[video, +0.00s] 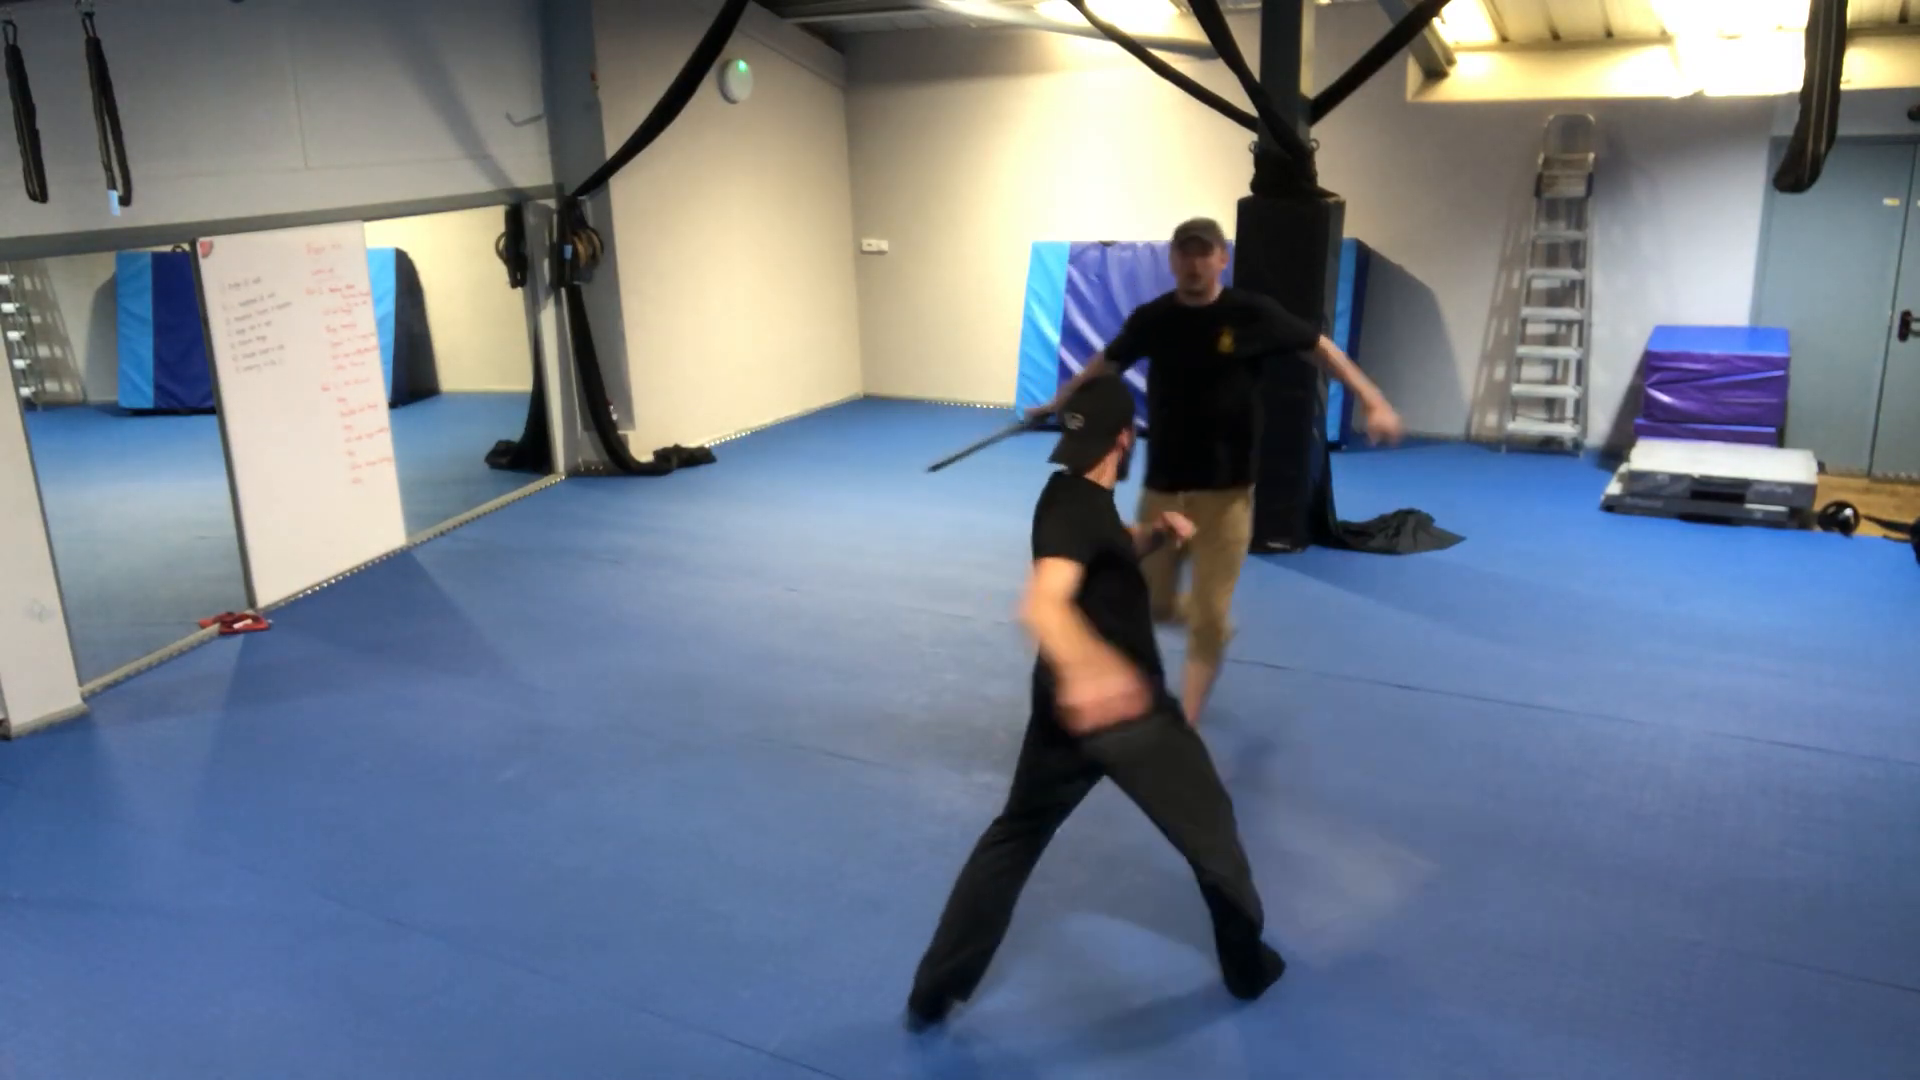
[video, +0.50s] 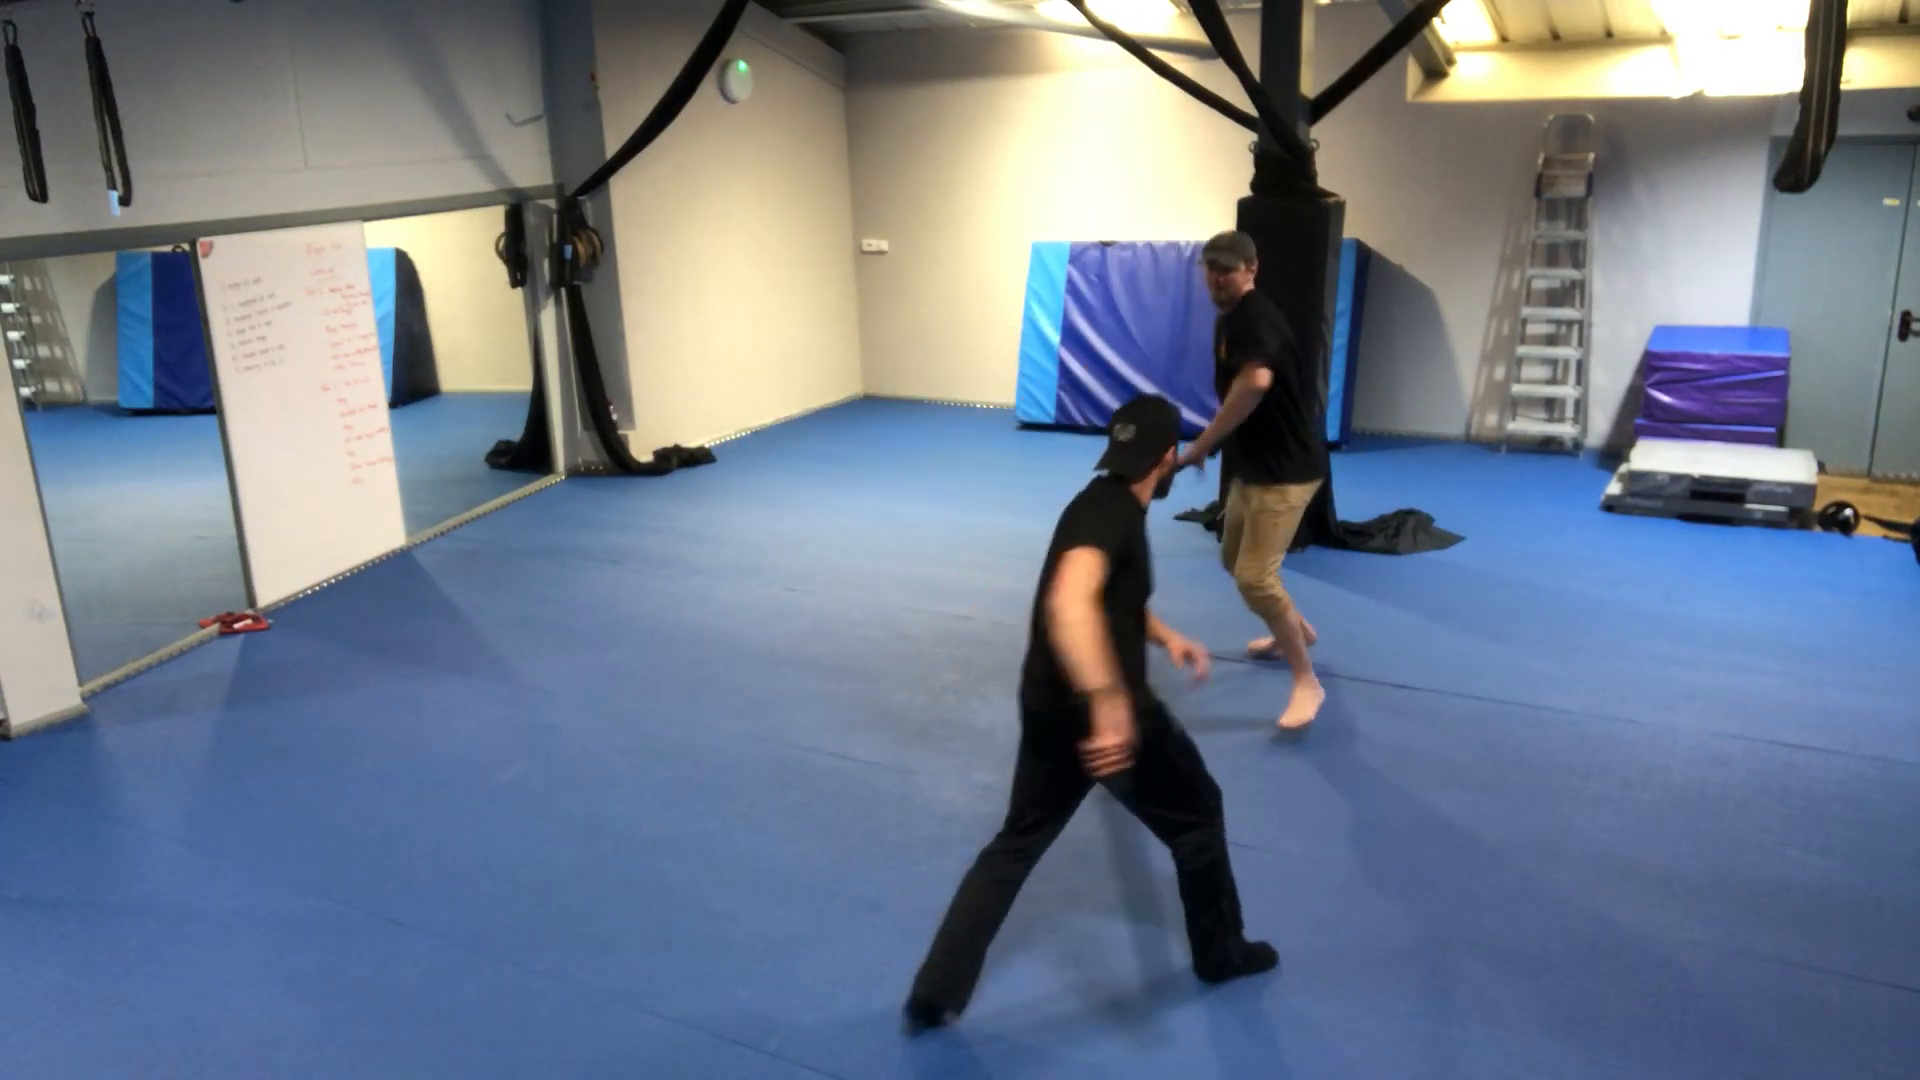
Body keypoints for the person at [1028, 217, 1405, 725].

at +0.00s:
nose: (1193, 265)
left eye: (1203, 255)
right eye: (1185, 255)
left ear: (1222, 259)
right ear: (1172, 260)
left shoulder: (1253, 314)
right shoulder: (1153, 319)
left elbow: (1320, 349)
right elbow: (1103, 364)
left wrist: (1375, 402)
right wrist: (1057, 403)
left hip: (1226, 492)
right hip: (1163, 489)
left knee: (1207, 615)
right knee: (1154, 603)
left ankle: (1185, 726)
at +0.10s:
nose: (1209, 282)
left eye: (1219, 272)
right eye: (1201, 272)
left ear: (1238, 274)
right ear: (1189, 275)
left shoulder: (1267, 331)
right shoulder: (1172, 332)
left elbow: (1309, 380)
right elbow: (1135, 385)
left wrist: (1334, 440)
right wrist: (1114, 435)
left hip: (1248, 487)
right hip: (1192, 485)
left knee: (1232, 599)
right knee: (1208, 583)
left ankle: (1255, 706)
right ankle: (1251, 615)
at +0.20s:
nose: (1215, 308)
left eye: (1225, 298)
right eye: (1208, 297)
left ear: (1245, 304)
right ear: (1198, 302)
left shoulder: (1271, 360)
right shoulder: (1185, 360)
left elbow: (1310, 418)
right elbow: (1177, 423)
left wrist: (1300, 487)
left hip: (1266, 497)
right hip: (1217, 496)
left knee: (1241, 603)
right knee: (1245, 577)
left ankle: (1301, 700)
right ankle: (1282, 630)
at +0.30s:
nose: (1214, 305)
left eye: (1225, 295)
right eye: (1207, 294)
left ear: (1245, 297)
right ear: (1199, 297)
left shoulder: (1271, 353)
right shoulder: (1198, 354)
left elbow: (1312, 428)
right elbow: (1200, 416)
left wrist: (1249, 473)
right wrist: (1169, 458)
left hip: (1280, 491)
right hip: (1230, 487)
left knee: (1244, 588)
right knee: (1250, 577)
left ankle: (1294, 693)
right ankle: (1287, 636)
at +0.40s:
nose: (1214, 284)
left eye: (1224, 274)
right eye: (1208, 274)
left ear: (1247, 273)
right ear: (1201, 275)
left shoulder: (1264, 321)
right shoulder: (1210, 327)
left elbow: (1287, 393)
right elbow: (1225, 397)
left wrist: (1216, 436)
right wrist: (1204, 437)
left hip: (1283, 472)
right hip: (1242, 469)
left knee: (1254, 580)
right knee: (1259, 568)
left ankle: (1298, 673)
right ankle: (1287, 637)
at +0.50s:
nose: (1214, 280)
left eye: (1225, 271)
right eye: (1210, 270)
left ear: (1250, 271)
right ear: (1206, 271)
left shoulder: (1258, 317)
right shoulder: (1230, 318)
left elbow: (1256, 381)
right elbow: (1243, 392)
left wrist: (1204, 443)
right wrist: (1217, 450)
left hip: (1284, 471)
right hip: (1249, 466)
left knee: (1256, 578)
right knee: (1235, 560)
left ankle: (1306, 682)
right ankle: (1294, 630)